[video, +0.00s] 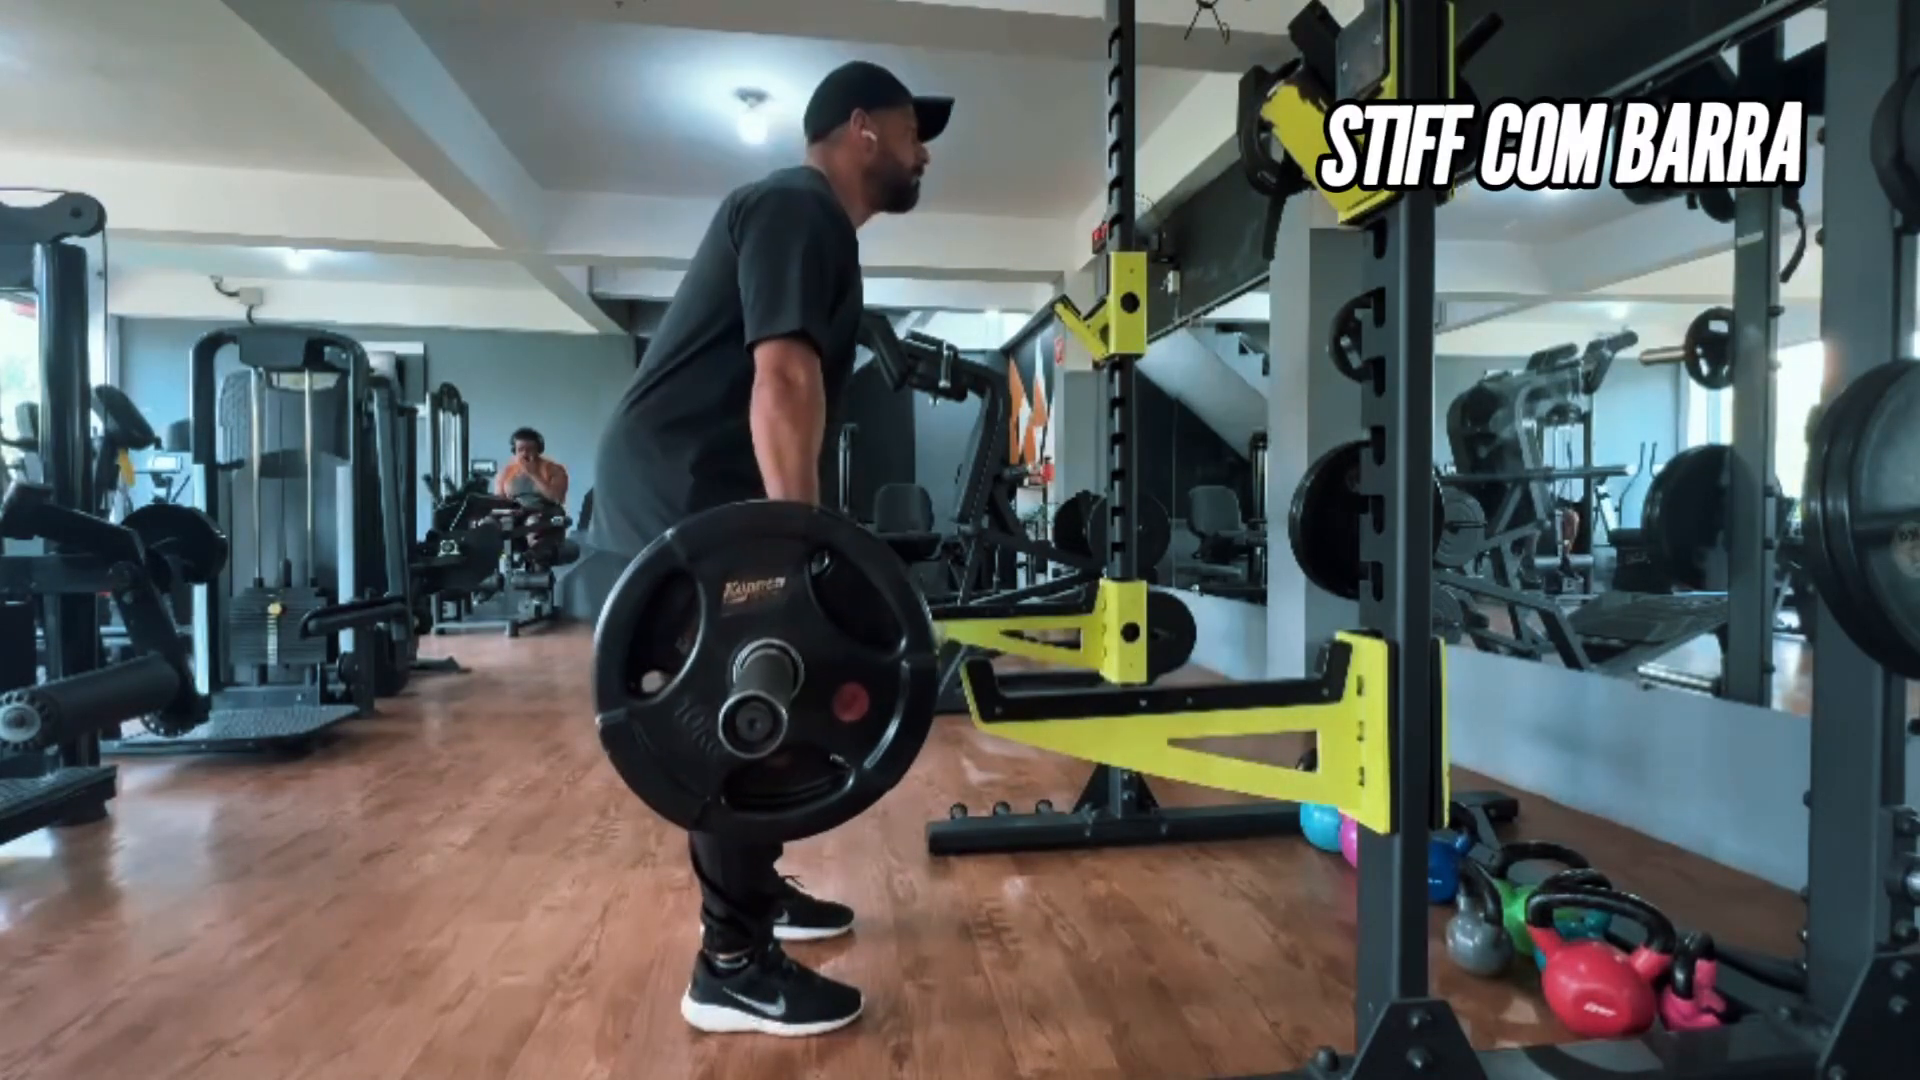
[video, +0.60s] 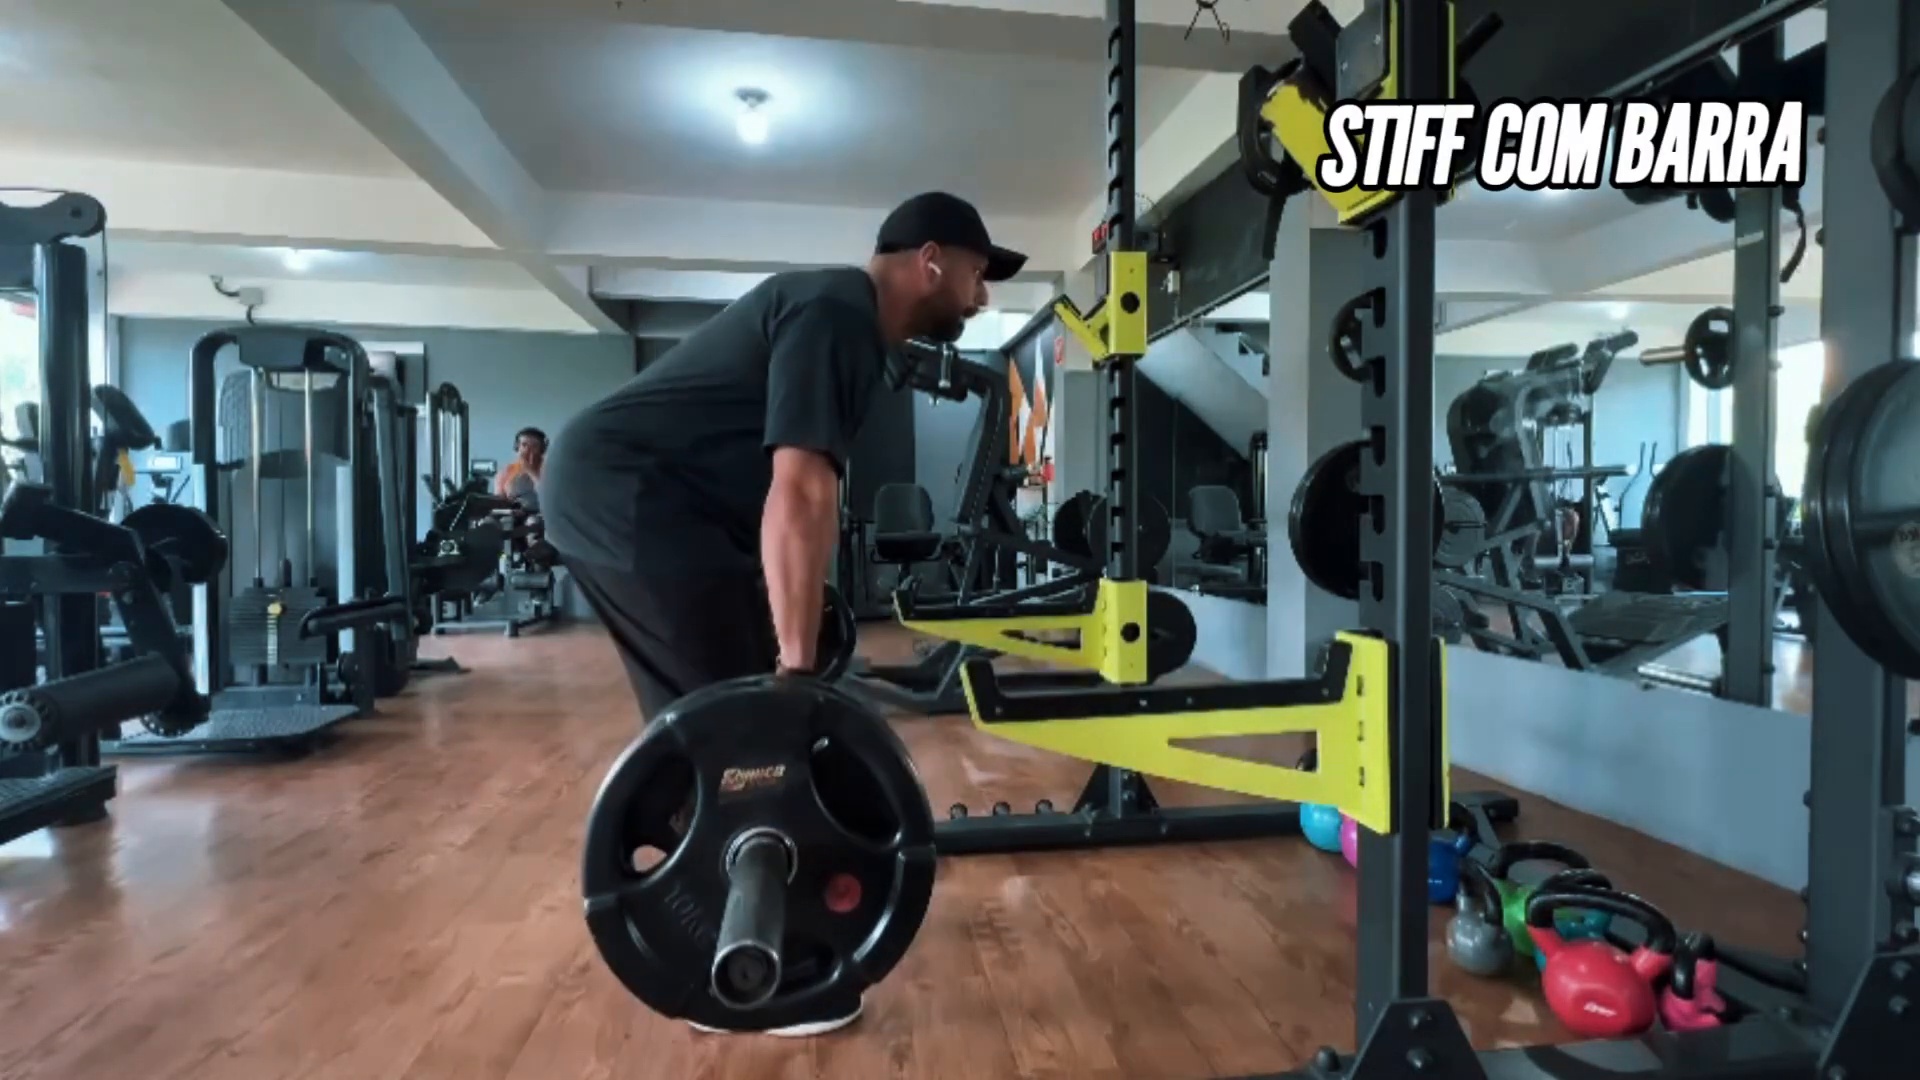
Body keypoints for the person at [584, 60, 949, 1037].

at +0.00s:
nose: (925, 156)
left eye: (925, 139)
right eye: (914, 134)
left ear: (853, 135)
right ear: (857, 130)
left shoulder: (816, 220)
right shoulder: (796, 203)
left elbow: (794, 384)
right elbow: (782, 376)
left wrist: (805, 547)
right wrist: (803, 551)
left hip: (706, 488)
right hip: (681, 491)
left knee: (758, 693)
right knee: (739, 708)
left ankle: (748, 882)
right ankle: (730, 961)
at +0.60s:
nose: (982, 299)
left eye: (986, 283)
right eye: (978, 277)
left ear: (923, 266)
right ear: (927, 261)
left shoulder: (853, 331)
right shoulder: (831, 307)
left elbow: (805, 491)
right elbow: (800, 489)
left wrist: (801, 650)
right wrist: (800, 661)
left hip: (628, 485)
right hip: (624, 484)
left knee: (706, 719)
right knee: (747, 714)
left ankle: (715, 946)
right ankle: (764, 965)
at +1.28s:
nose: (988, 412)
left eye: (996, 398)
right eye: (987, 390)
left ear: (939, 365)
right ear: (945, 366)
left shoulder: (846, 394)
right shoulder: (839, 394)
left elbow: (813, 579)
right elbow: (804, 585)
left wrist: (791, 747)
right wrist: (796, 766)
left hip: (596, 498)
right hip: (591, 501)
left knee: (729, 719)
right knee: (731, 721)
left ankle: (727, 930)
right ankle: (728, 937)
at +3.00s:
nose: (938, 172)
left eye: (939, 154)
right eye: (930, 150)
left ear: (871, 146)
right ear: (875, 140)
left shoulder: (832, 229)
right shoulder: (810, 210)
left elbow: (806, 390)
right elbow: (803, 383)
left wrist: (825, 565)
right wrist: (826, 564)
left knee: (745, 690)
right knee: (724, 703)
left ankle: (750, 888)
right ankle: (728, 957)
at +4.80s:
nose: (848, 95)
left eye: (847, 79)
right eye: (836, 74)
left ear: (772, 78)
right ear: (776, 70)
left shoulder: (750, 171)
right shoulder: (741, 160)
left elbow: (773, 337)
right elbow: (762, 318)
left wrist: (819, 482)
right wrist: (827, 485)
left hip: (727, 475)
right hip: (711, 477)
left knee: (750, 689)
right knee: (730, 698)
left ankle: (750, 882)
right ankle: (730, 957)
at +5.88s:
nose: (950, 227)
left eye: (953, 209)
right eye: (943, 204)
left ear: (882, 195)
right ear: (891, 191)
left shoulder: (814, 262)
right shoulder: (811, 250)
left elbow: (795, 427)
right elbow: (791, 423)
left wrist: (805, 594)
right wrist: (808, 603)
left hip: (635, 480)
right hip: (646, 482)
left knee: (714, 705)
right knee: (740, 704)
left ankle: (745, 926)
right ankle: (734, 959)